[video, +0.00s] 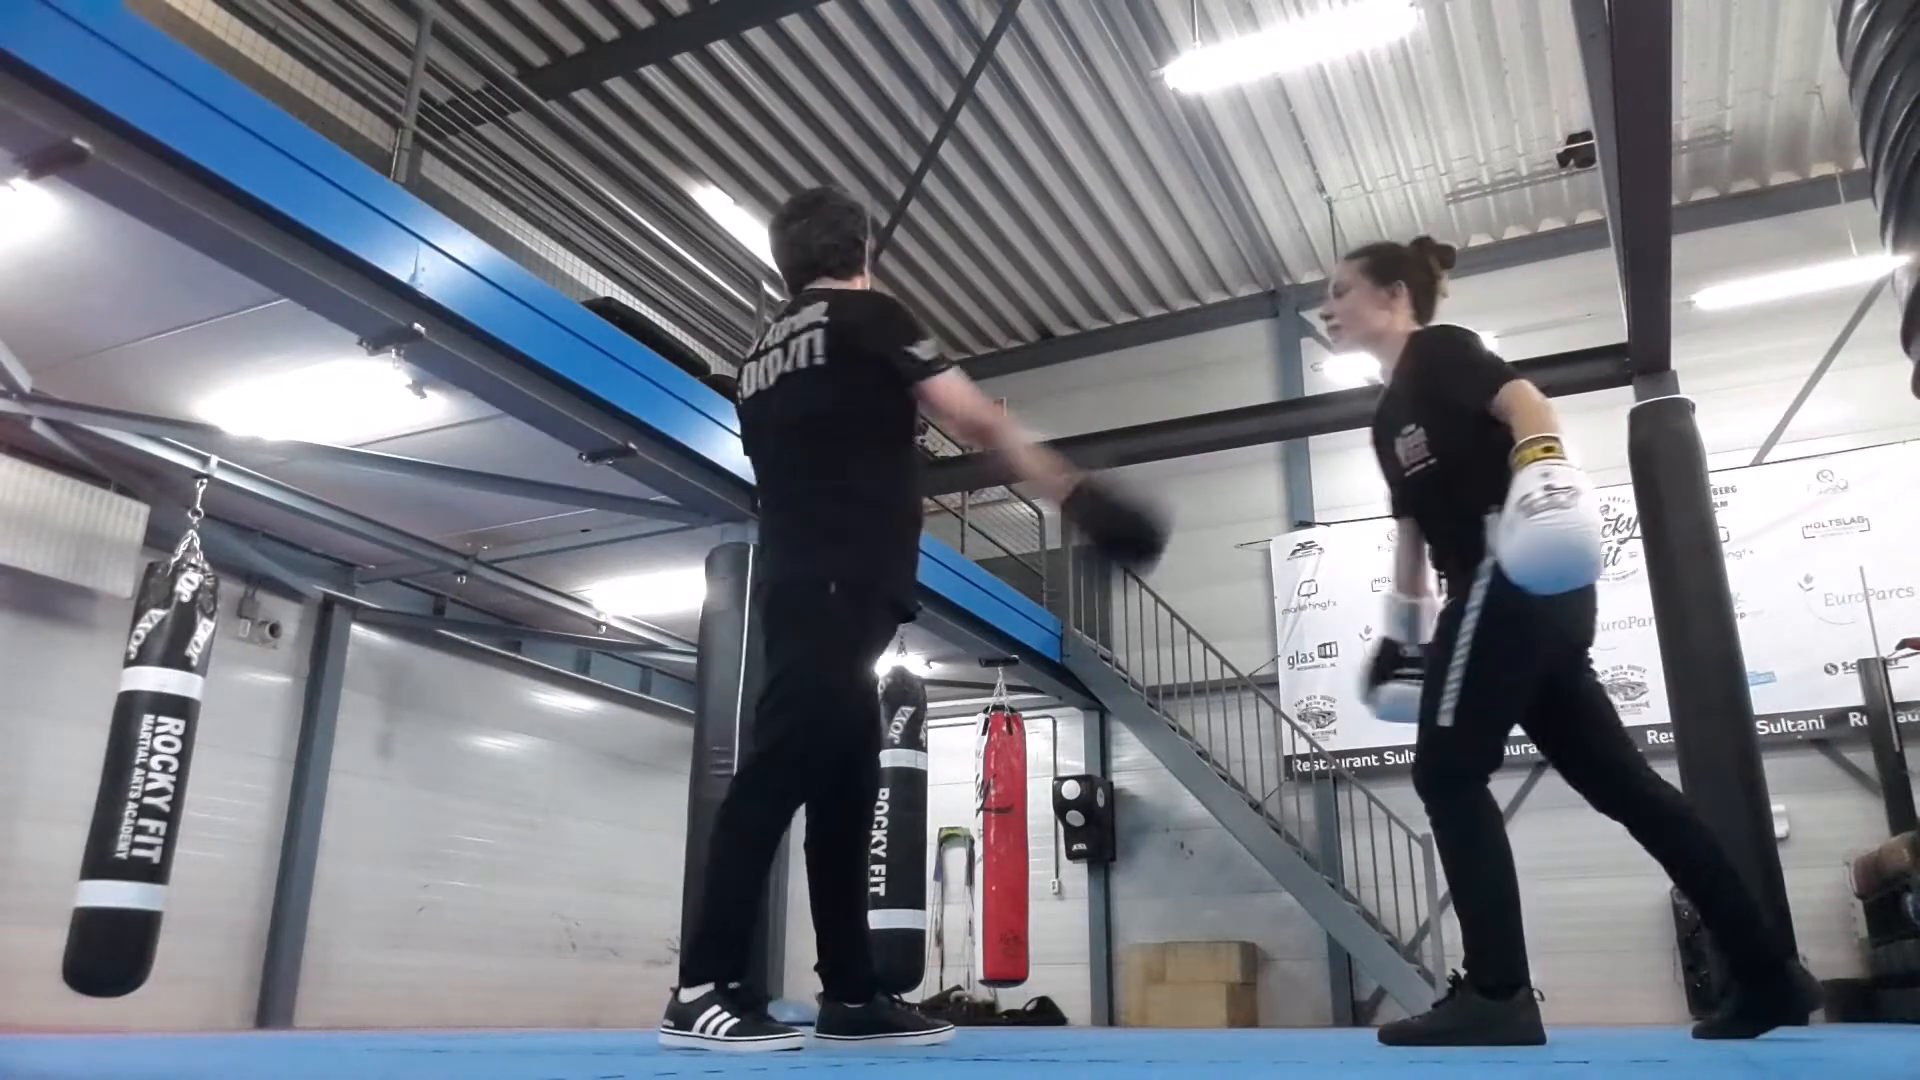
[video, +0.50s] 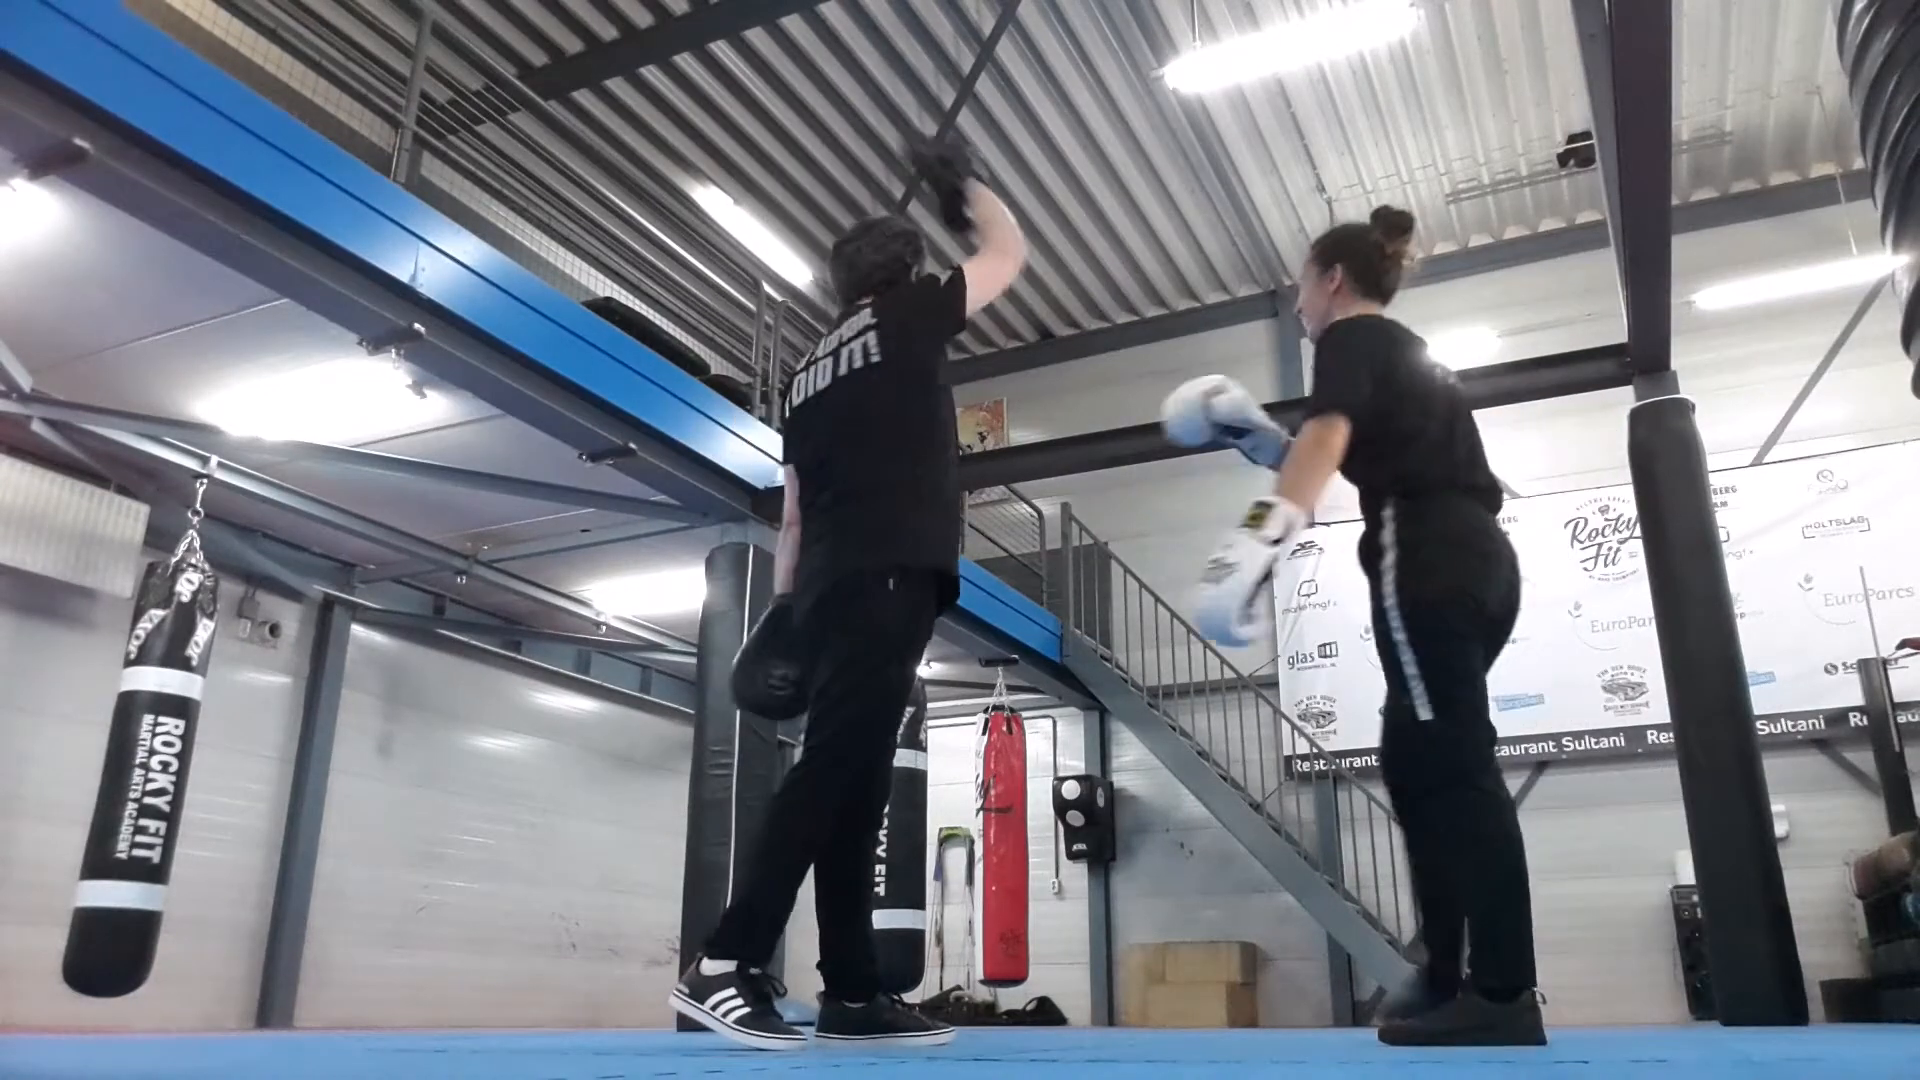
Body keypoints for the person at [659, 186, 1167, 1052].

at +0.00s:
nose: (877, 268)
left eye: (868, 257)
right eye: (875, 254)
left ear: (786, 268)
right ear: (864, 255)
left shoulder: (761, 354)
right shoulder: (863, 315)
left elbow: (806, 458)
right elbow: (977, 421)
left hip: (801, 587)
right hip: (836, 585)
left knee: (847, 787)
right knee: (774, 775)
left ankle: (853, 998)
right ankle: (705, 996)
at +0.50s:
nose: (932, 281)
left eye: (924, 269)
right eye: (923, 267)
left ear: (843, 288)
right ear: (911, 271)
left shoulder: (808, 378)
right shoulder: (912, 311)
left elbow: (794, 516)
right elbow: (1006, 248)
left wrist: (782, 612)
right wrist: (965, 183)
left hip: (842, 579)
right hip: (896, 573)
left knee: (858, 788)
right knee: (829, 775)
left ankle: (853, 995)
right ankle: (723, 970)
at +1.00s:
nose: (948, 311)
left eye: (948, 298)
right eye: (943, 295)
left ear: (882, 293)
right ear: (907, 287)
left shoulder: (857, 356)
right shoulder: (894, 329)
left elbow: (904, 475)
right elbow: (941, 423)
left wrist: (972, 439)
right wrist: (1024, 523)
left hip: (864, 582)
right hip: (887, 580)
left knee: (860, 787)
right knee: (884, 773)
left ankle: (849, 995)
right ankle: (752, 946)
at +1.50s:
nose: (1043, 322)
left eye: (1047, 309)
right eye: (1044, 304)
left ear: (1001, 285)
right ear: (1013, 284)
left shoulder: (975, 351)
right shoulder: (948, 319)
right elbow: (908, 400)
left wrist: (992, 583)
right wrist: (881, 481)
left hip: (942, 597)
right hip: (952, 594)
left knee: (887, 793)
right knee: (1001, 778)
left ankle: (851, 994)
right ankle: (1012, 981)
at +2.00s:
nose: (1157, 264)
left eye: (1154, 251)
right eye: (1155, 250)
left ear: (1068, 251)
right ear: (1134, 247)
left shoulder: (1017, 345)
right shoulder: (1120, 295)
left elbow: (1046, 463)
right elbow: (1190, 403)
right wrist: (1273, 502)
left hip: (1046, 579)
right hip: (1111, 580)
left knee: (1163, 755)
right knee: (1070, 779)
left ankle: (1164, 958)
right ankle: (1022, 989)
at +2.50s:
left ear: (1163, 305)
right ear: (1239, 285)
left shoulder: (1133, 376)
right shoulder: (1286, 328)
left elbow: (1125, 514)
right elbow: (1356, 430)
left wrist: (1143, 616)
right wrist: (1413, 538)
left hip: (1187, 603)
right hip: (1296, 585)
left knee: (1244, 791)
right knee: (1359, 762)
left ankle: (1280, 998)